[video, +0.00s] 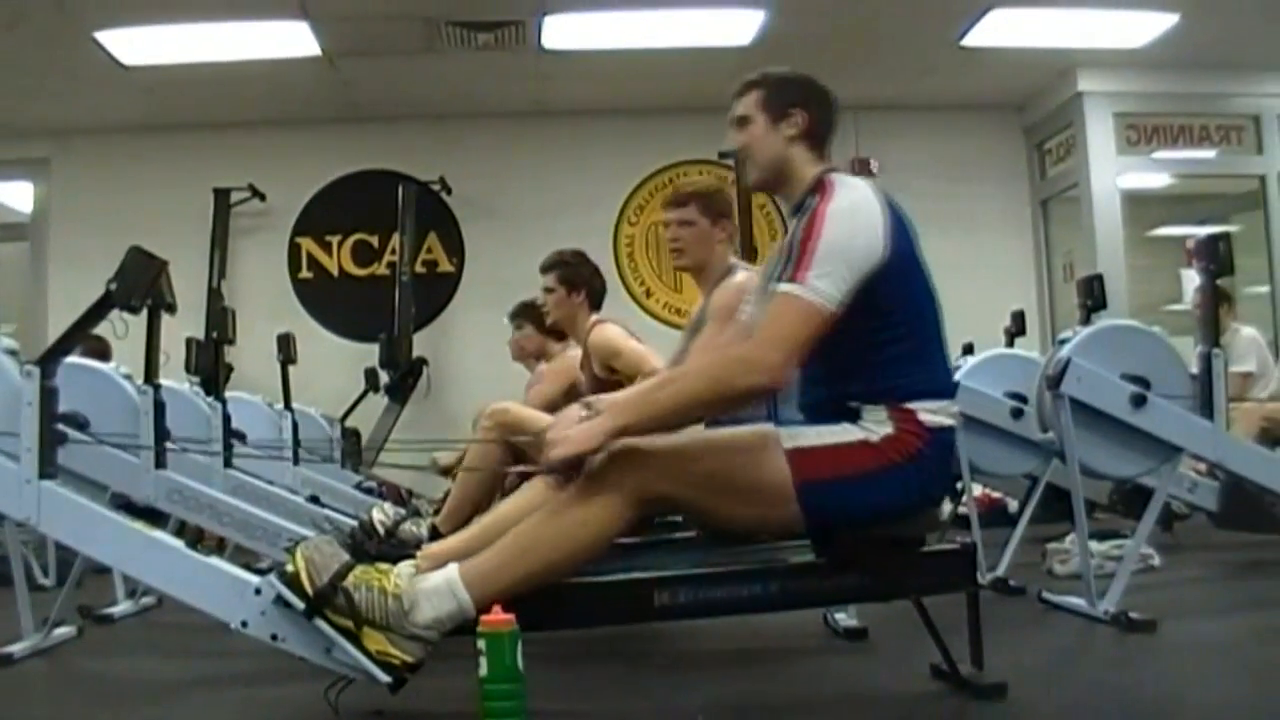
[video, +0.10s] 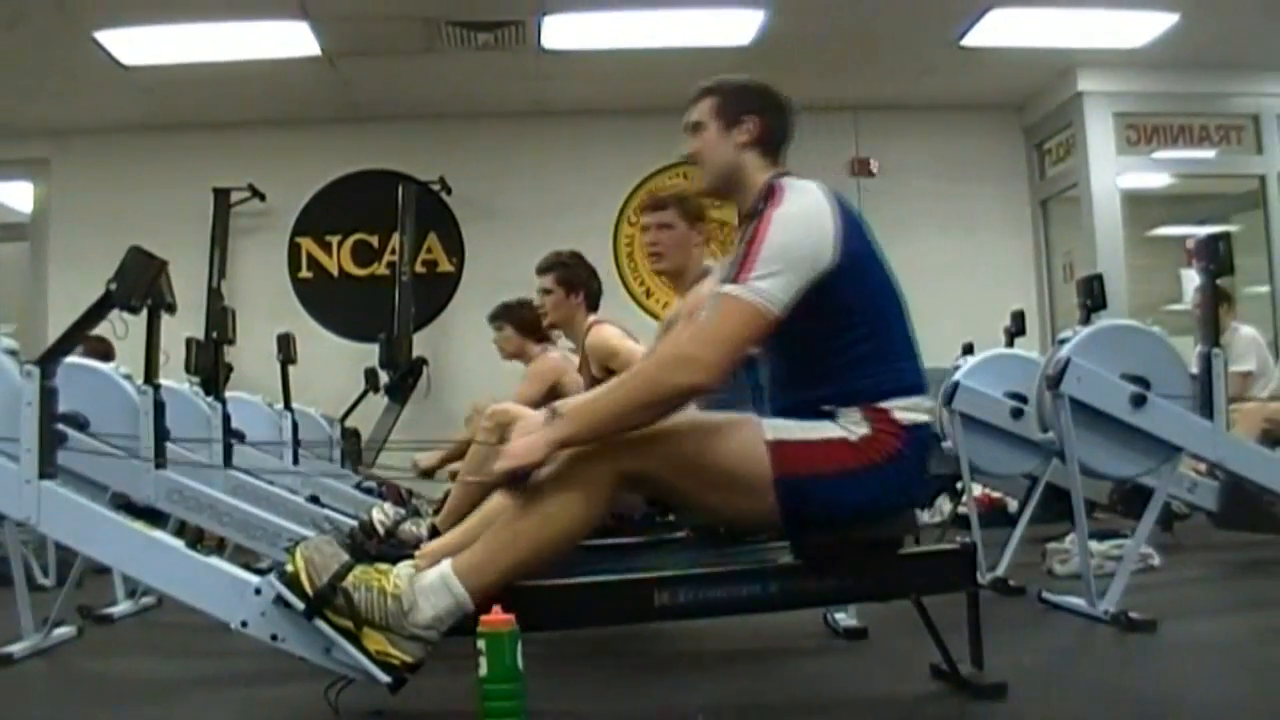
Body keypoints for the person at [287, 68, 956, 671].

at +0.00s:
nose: (734, 146)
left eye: (744, 126)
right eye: (733, 131)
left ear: (796, 126)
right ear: (786, 133)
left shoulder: (848, 205)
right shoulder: (807, 223)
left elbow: (762, 364)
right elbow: (741, 359)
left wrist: (606, 423)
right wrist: (609, 410)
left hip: (896, 445)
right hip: (848, 437)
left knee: (634, 469)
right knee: (612, 461)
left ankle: (429, 612)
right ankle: (422, 586)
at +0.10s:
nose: (686, 152)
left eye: (698, 133)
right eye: (687, 137)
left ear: (748, 135)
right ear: (744, 136)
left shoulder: (798, 210)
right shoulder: (757, 232)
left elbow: (692, 367)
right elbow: (677, 361)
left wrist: (553, 431)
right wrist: (553, 426)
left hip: (871, 446)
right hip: (821, 439)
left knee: (617, 448)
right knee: (589, 447)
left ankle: (427, 607)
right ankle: (422, 594)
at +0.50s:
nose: (479, 168)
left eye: (491, 151)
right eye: (482, 154)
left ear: (536, 157)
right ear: (535, 161)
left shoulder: (591, 234)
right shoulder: (570, 241)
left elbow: (469, 390)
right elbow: (477, 391)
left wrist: (341, 475)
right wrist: (373, 493)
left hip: (700, 462)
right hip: (670, 458)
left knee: (467, 382)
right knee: (465, 398)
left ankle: (385, 603)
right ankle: (384, 601)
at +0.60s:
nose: (444, 171)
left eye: (456, 153)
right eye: (448, 155)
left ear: (498, 157)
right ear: (499, 159)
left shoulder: (552, 236)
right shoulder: (537, 246)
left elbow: (428, 397)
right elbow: (470, 448)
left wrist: (302, 477)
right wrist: (340, 494)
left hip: (663, 467)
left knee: (436, 366)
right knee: (441, 378)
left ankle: (382, 606)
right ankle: (382, 605)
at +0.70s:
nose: (415, 174)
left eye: (426, 156)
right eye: (417, 158)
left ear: (467, 161)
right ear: (471, 164)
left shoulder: (519, 237)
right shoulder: (506, 247)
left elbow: (394, 396)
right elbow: (423, 415)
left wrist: (265, 478)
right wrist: (308, 493)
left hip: (630, 469)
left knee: (400, 355)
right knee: (416, 367)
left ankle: (383, 600)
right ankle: (383, 587)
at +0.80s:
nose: (393, 174)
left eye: (405, 156)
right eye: (397, 158)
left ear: (446, 163)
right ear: (451, 167)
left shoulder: (498, 242)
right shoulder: (493, 245)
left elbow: (364, 393)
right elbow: (391, 413)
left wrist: (232, 474)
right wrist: (280, 490)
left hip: (609, 471)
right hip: (596, 466)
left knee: (387, 356)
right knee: (402, 365)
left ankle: (382, 593)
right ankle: (385, 590)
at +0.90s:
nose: (386, 173)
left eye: (398, 156)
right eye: (391, 157)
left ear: (438, 164)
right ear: (443, 169)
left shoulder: (486, 243)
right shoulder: (481, 245)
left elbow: (342, 386)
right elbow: (369, 406)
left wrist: (214, 461)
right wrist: (261, 480)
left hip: (602, 471)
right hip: (586, 465)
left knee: (400, 365)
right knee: (395, 365)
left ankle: (382, 593)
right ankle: (381, 579)